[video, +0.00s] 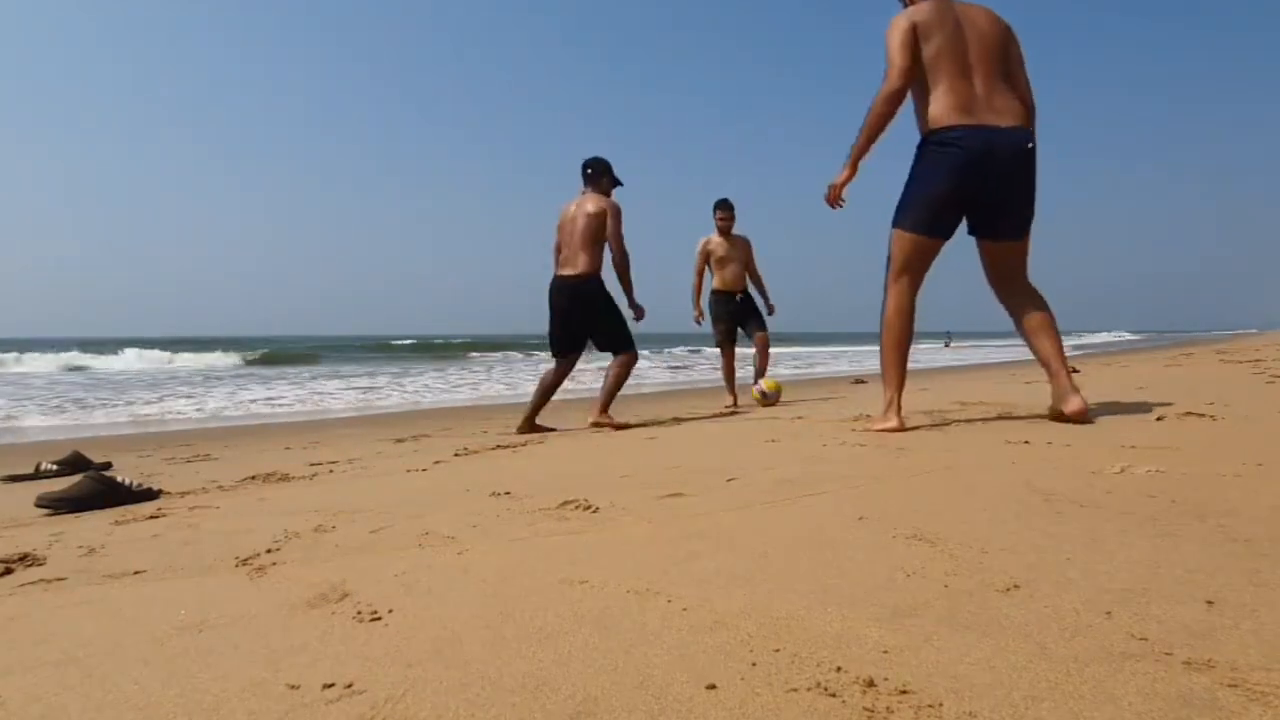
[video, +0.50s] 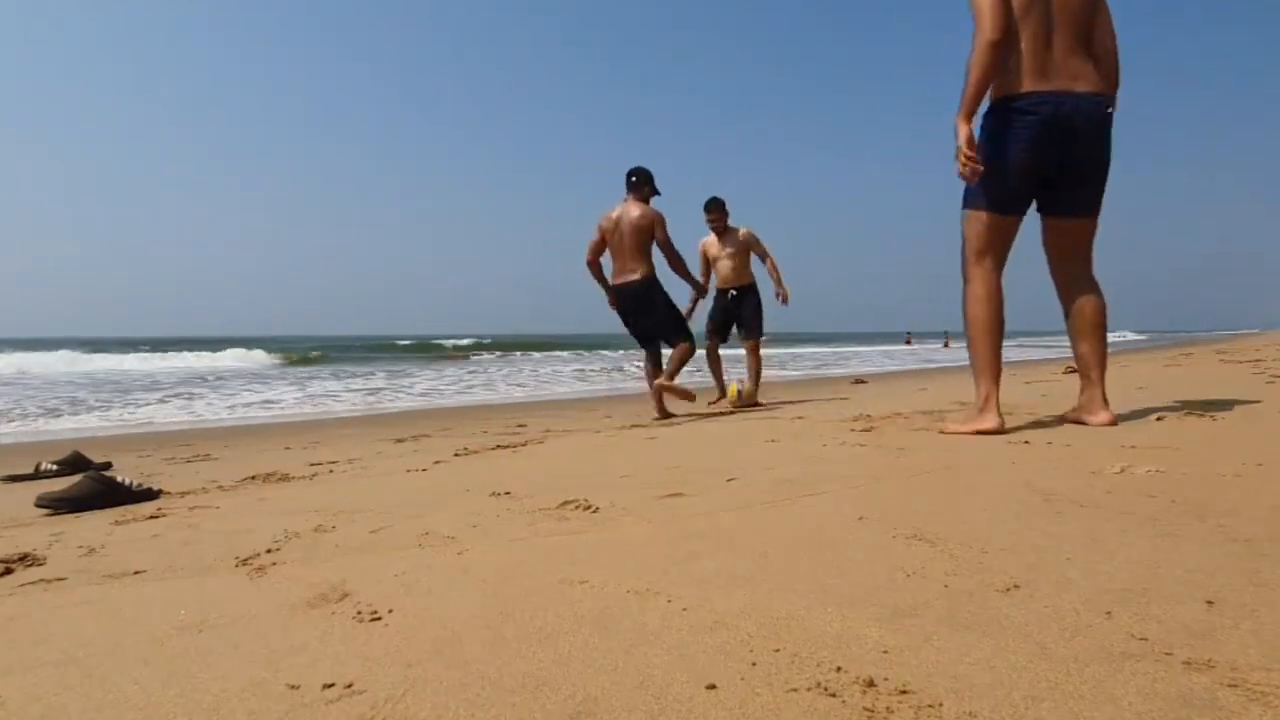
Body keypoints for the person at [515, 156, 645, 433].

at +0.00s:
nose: (613, 186)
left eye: (613, 181)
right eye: (611, 181)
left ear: (587, 179)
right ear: (600, 179)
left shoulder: (568, 208)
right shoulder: (608, 206)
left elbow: (559, 250)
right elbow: (618, 254)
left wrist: (561, 282)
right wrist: (631, 299)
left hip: (560, 286)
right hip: (588, 286)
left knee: (566, 359)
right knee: (627, 354)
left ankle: (528, 420)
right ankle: (600, 413)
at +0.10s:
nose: (627, 184)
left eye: (627, 179)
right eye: (624, 178)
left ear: (602, 175)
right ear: (611, 174)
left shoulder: (582, 207)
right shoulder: (619, 202)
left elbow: (570, 252)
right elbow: (636, 250)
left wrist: (574, 282)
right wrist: (658, 292)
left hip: (575, 284)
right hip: (600, 282)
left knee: (591, 359)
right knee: (629, 354)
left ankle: (542, 406)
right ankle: (603, 418)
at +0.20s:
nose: (638, 186)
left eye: (638, 181)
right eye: (636, 181)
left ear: (613, 178)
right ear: (623, 177)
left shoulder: (592, 212)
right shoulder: (633, 207)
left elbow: (575, 260)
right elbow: (657, 250)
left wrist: (581, 299)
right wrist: (683, 283)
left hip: (585, 283)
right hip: (612, 282)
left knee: (614, 348)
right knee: (631, 354)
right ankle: (603, 417)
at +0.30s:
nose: (643, 186)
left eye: (643, 181)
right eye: (641, 181)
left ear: (618, 179)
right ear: (629, 177)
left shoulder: (598, 211)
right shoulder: (642, 205)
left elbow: (580, 257)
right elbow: (666, 245)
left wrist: (589, 295)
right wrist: (689, 275)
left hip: (601, 282)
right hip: (628, 277)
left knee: (630, 341)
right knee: (628, 344)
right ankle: (606, 407)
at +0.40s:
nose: (648, 189)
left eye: (647, 184)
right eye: (645, 184)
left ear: (623, 183)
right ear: (635, 182)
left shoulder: (602, 216)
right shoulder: (646, 210)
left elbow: (589, 261)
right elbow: (669, 248)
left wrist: (600, 296)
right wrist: (692, 278)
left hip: (613, 283)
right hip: (640, 277)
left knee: (649, 345)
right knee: (655, 342)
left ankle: (659, 404)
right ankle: (632, 386)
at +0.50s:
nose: (653, 194)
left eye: (652, 189)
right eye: (650, 189)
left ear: (629, 188)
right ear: (640, 188)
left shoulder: (609, 219)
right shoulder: (650, 215)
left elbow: (592, 259)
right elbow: (670, 255)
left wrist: (608, 290)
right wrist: (694, 283)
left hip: (619, 290)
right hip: (645, 285)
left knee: (651, 349)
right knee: (685, 343)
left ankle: (660, 408)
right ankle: (667, 378)